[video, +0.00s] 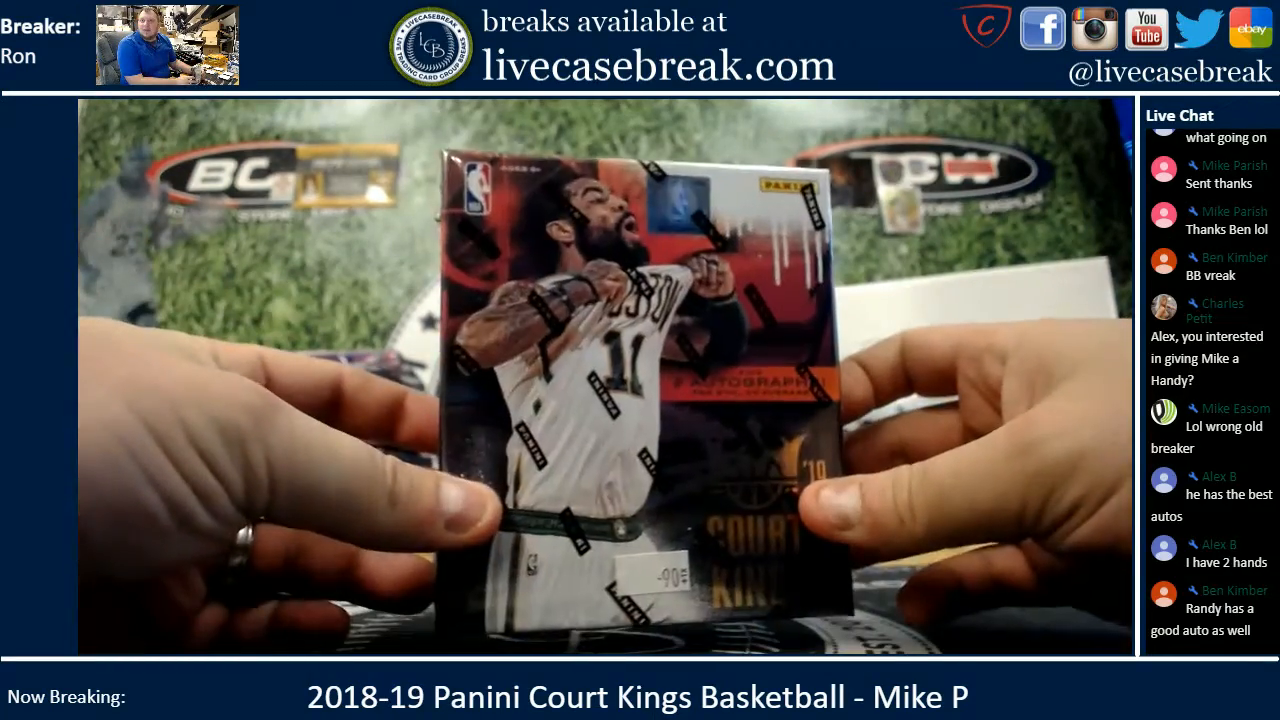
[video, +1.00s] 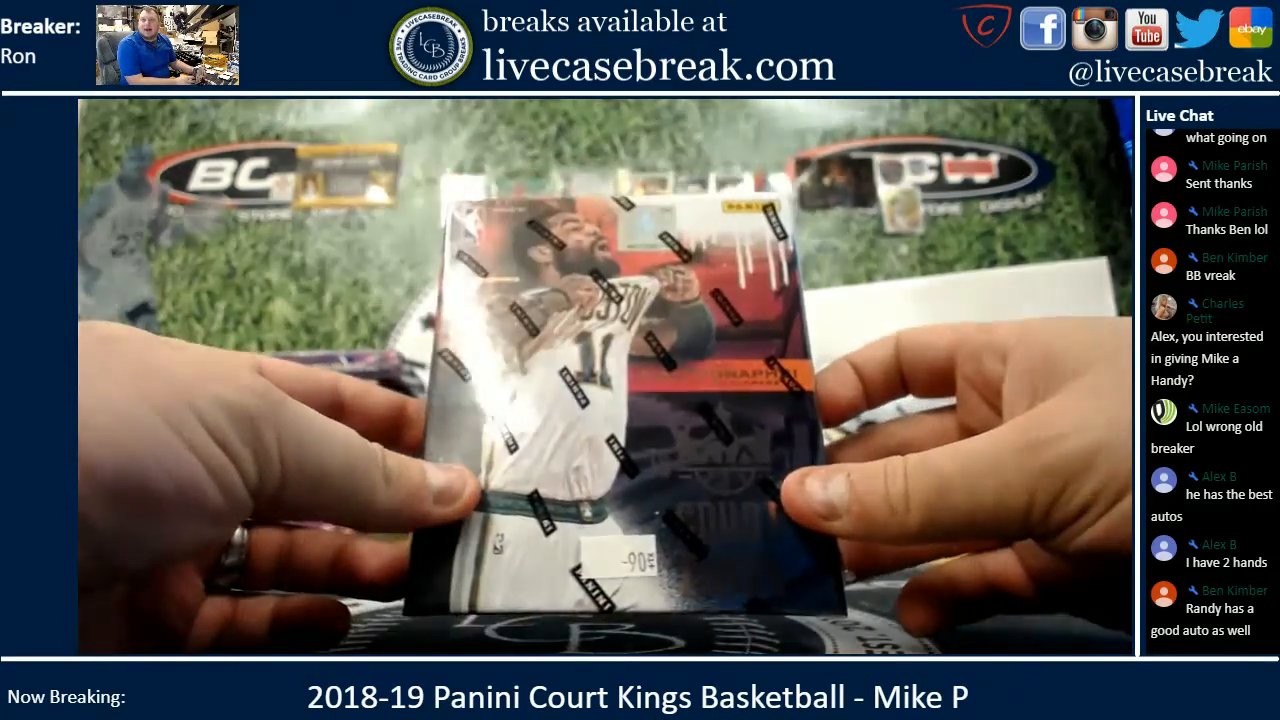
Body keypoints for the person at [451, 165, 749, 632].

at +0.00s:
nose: (620, 203)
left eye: (614, 195)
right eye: (595, 198)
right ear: (562, 230)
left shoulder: (652, 290)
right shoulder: (524, 297)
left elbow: (724, 346)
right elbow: (475, 344)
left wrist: (721, 298)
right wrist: (580, 288)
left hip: (630, 536)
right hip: (546, 541)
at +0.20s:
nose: (600, 201)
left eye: (593, 193)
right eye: (575, 197)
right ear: (541, 230)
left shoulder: (631, 289)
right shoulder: (505, 296)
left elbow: (711, 339)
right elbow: (453, 348)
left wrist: (704, 292)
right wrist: (556, 288)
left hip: (609, 532)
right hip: (526, 536)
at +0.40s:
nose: (590, 203)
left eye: (582, 196)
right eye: (566, 200)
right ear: (533, 233)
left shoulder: (623, 287)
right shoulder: (498, 301)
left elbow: (703, 338)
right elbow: (447, 352)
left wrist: (695, 290)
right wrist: (549, 290)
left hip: (603, 531)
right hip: (522, 536)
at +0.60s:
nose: (582, 217)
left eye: (585, 210)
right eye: (562, 208)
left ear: (599, 228)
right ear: (531, 231)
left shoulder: (617, 288)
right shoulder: (496, 297)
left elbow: (695, 340)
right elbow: (445, 355)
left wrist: (685, 291)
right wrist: (544, 291)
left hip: (593, 527)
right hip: (513, 531)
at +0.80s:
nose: (590, 228)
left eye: (583, 221)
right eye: (567, 224)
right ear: (535, 250)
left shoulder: (619, 292)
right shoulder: (499, 304)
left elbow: (692, 334)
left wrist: (682, 296)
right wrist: (547, 296)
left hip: (589, 522)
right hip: (509, 523)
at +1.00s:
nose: (596, 232)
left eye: (593, 226)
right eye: (572, 226)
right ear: (540, 253)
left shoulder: (622, 298)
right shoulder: (506, 303)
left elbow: (696, 344)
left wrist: (689, 302)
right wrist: (558, 299)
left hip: (595, 518)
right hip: (518, 519)